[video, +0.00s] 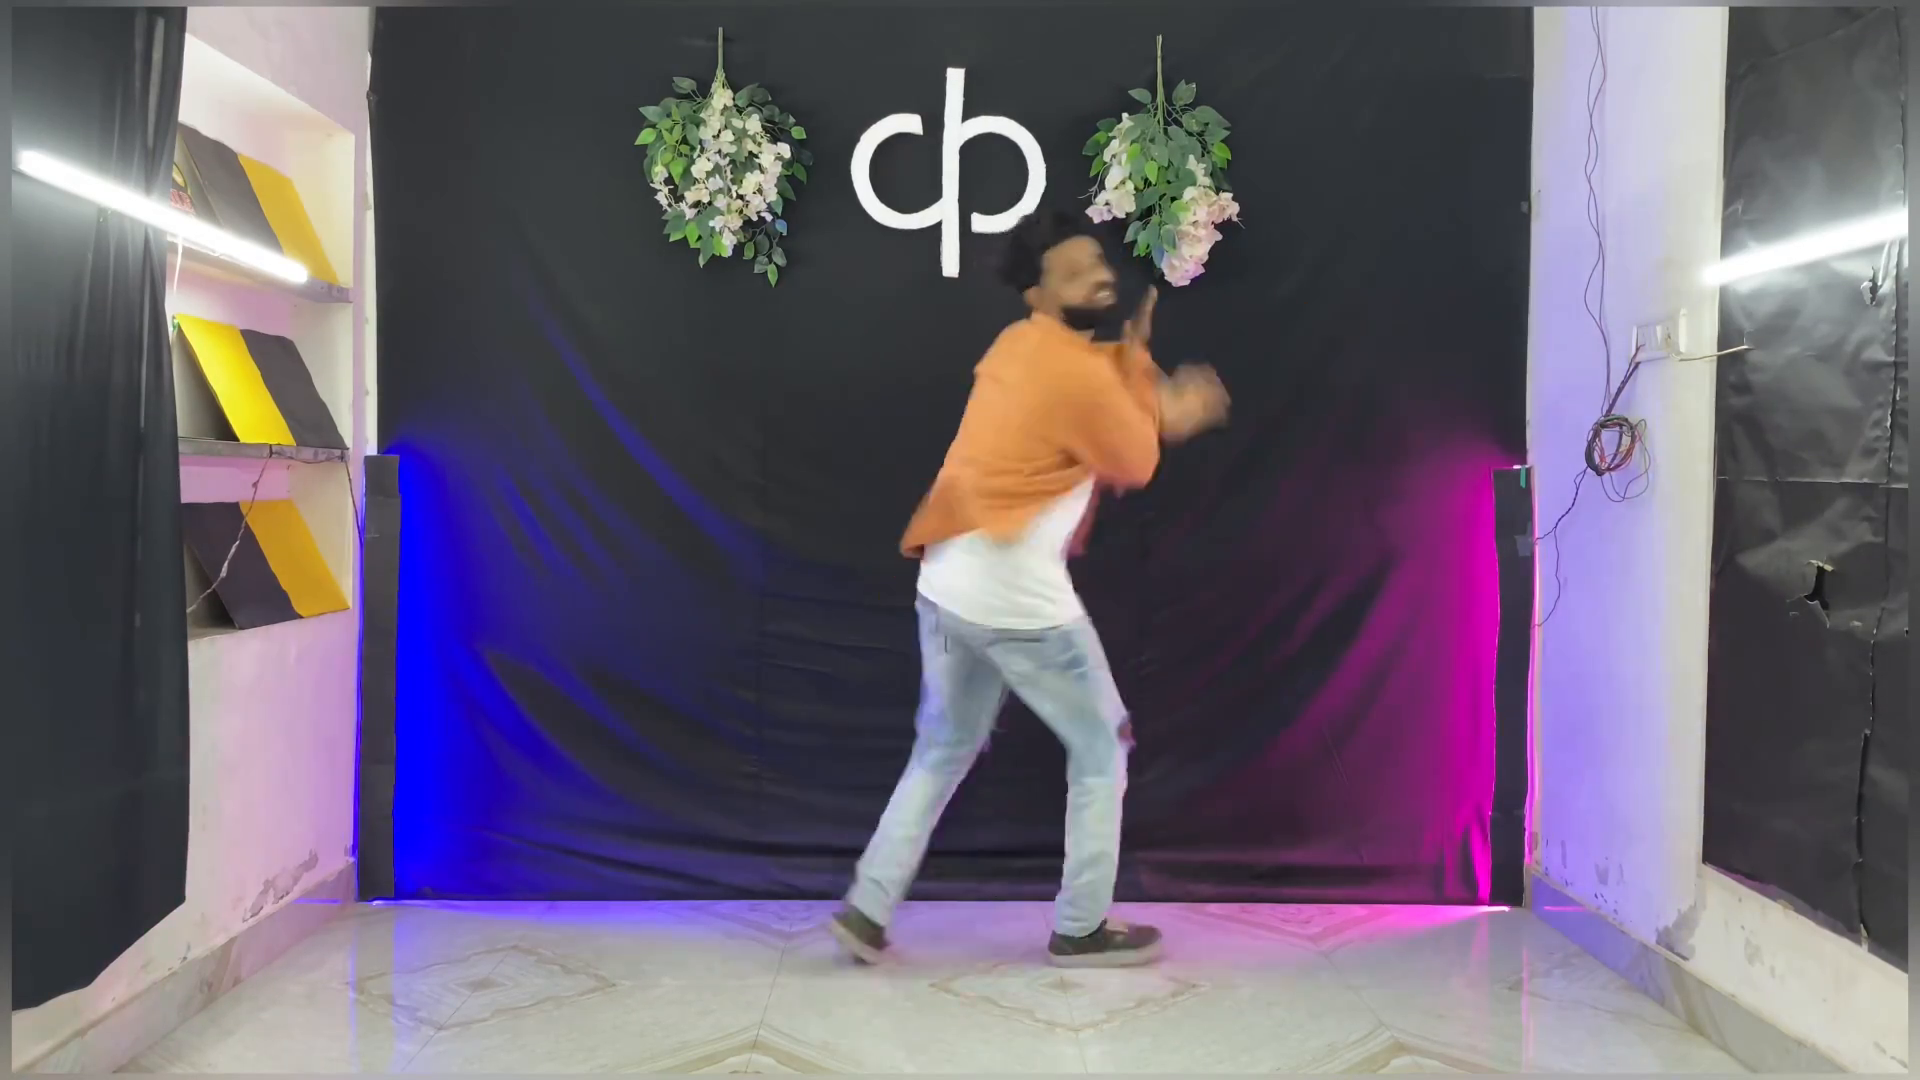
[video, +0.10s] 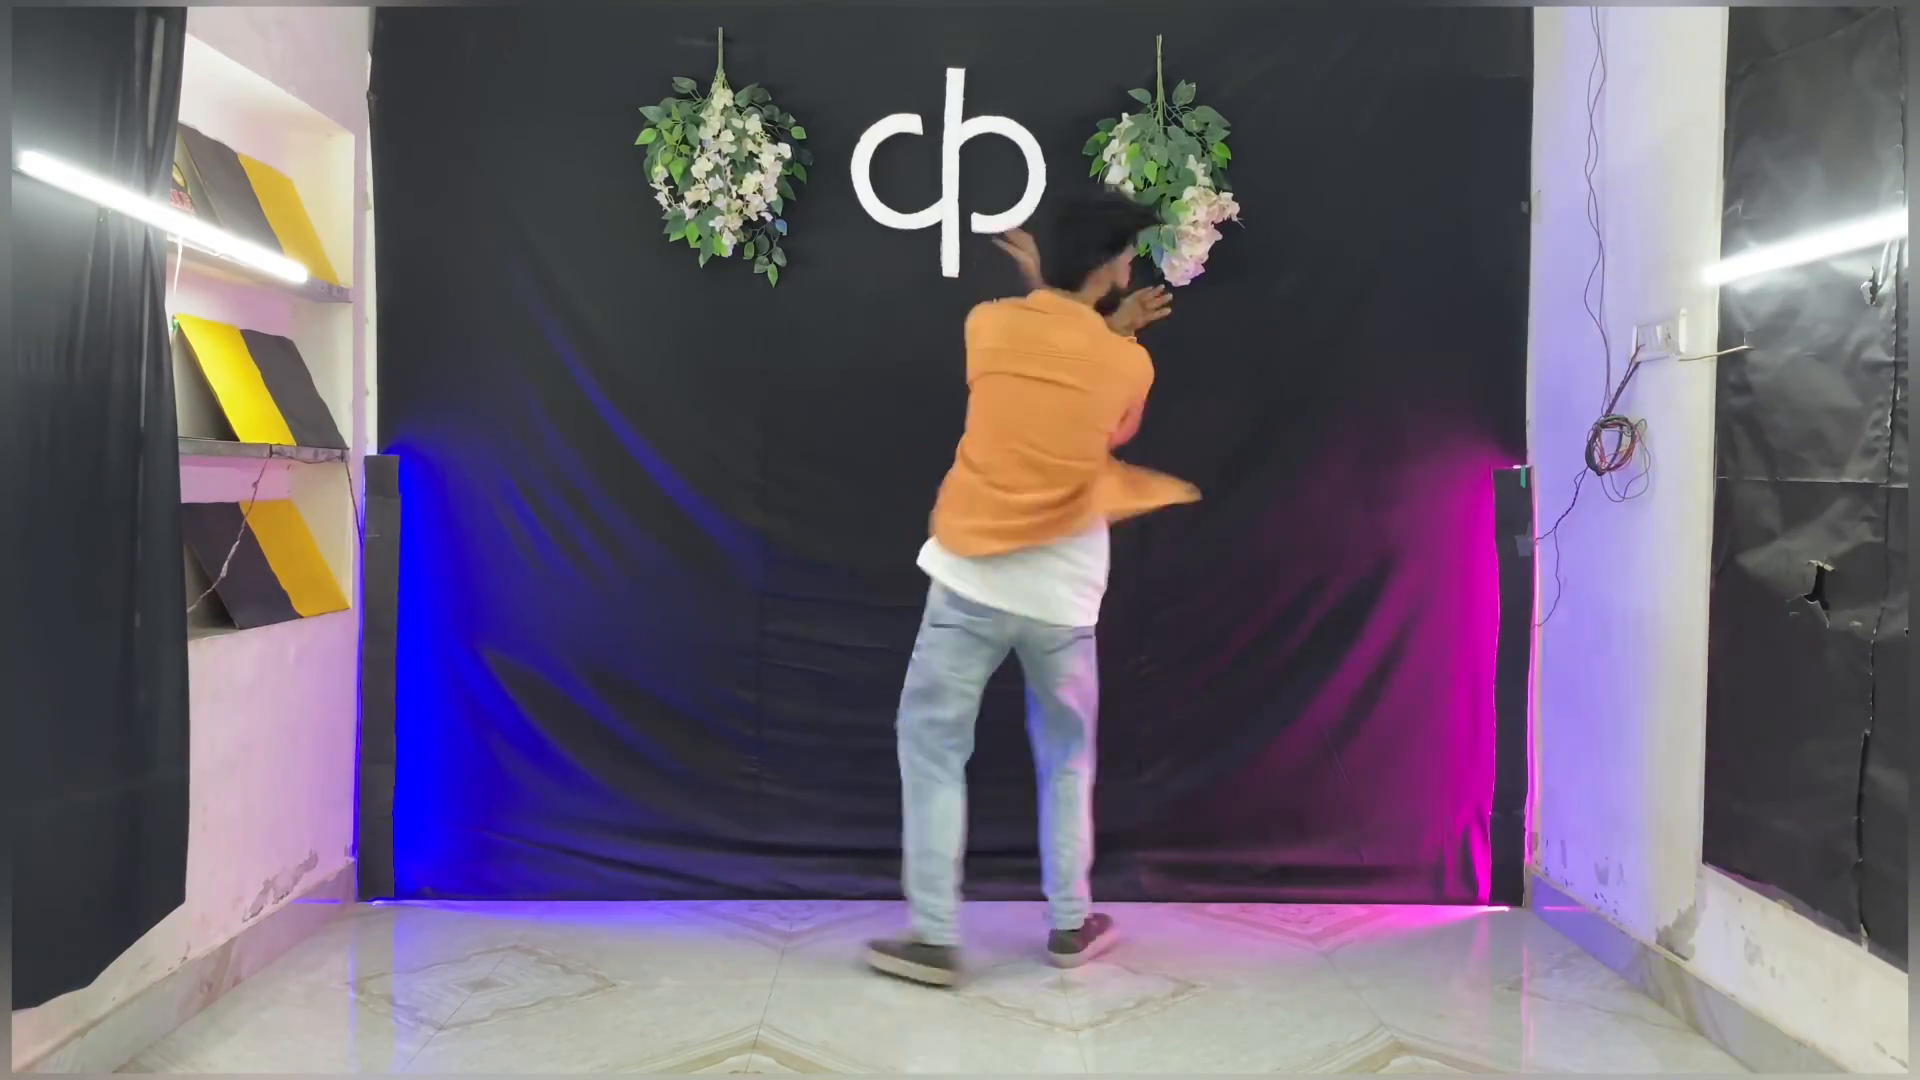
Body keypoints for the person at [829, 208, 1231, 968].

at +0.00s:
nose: (1100, 281)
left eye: (1101, 265)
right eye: (1079, 274)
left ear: (1106, 272)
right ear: (1036, 293)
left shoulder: (1010, 345)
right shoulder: (1082, 372)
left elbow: (1102, 410)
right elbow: (1132, 461)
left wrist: (1133, 358)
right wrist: (1161, 402)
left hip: (946, 582)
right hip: (1023, 594)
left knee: (943, 743)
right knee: (1100, 742)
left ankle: (867, 906)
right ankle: (1082, 924)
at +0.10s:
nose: (1129, 270)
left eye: (1130, 257)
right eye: (1129, 258)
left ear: (1050, 256)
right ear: (1113, 266)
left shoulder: (987, 323)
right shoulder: (1127, 363)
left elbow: (1037, 356)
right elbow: (1116, 430)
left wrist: (1101, 320)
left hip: (965, 581)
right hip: (1060, 596)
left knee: (932, 741)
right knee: (1065, 753)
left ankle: (933, 938)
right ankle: (1067, 925)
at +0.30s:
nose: (1021, 238)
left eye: (1039, 226)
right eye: (1016, 222)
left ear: (1075, 237)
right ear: (1012, 229)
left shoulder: (1094, 312)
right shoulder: (999, 308)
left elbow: (1017, 308)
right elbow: (941, 355)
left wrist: (1050, 249)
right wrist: (1000, 272)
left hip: (1047, 569)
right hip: (1002, 564)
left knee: (1008, 746)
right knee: (1007, 743)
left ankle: (1068, 935)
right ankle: (1050, 913)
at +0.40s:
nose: (1041, 235)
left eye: (1057, 222)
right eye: (1027, 219)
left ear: (1082, 237)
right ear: (1004, 230)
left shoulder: (1103, 310)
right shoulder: (972, 318)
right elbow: (878, 335)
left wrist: (1119, 254)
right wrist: (941, 261)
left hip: (1062, 565)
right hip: (989, 566)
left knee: (1053, 752)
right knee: (1010, 752)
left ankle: (1066, 938)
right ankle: (1043, 922)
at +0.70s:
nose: (1066, 236)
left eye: (1080, 222)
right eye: (1050, 220)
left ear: (1095, 235)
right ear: (1019, 228)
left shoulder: (1123, 317)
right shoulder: (973, 314)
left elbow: (1216, 360)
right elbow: (897, 367)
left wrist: (1162, 272)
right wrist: (948, 271)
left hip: (1079, 571)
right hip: (983, 572)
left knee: (1072, 755)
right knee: (1004, 760)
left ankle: (1070, 938)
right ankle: (1032, 921)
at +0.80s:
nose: (1062, 232)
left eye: (1076, 219)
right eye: (1046, 217)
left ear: (1089, 234)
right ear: (1014, 227)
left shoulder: (1119, 323)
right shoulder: (965, 321)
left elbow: (1169, 436)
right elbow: (919, 431)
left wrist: (1189, 375)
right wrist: (913, 341)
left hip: (1079, 572)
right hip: (984, 574)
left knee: (1080, 760)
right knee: (1007, 763)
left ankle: (1077, 940)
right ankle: (1034, 921)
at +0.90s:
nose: (1057, 234)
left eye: (1072, 221)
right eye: (1041, 219)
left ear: (1090, 236)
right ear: (1012, 232)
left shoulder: (1121, 331)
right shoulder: (962, 329)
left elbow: (1157, 430)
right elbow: (932, 441)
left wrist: (1171, 497)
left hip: (1079, 577)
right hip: (980, 579)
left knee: (1078, 759)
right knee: (993, 762)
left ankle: (1076, 940)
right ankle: (1034, 915)